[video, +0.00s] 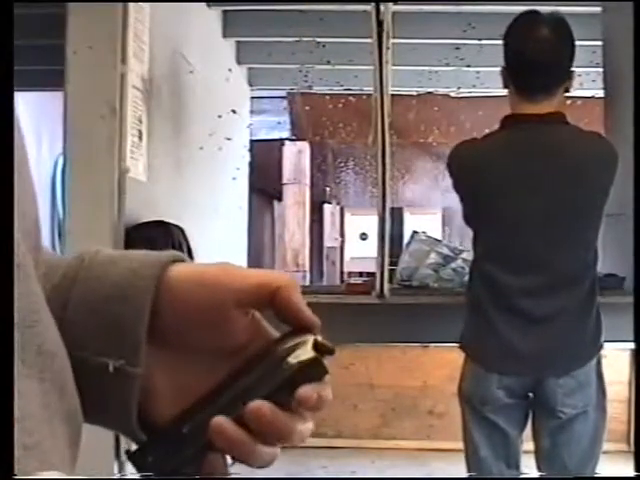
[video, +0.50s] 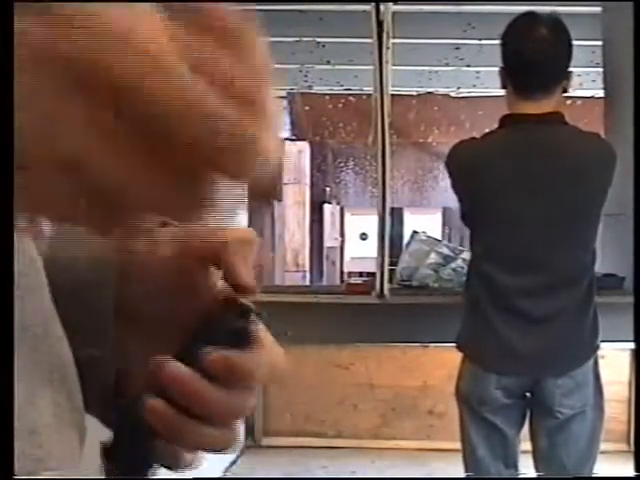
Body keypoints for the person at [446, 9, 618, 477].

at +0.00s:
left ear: (504, 78)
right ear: (570, 81)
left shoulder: (467, 159)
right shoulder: (600, 156)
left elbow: (481, 220)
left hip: (493, 356)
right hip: (571, 358)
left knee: (491, 472)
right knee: (571, 472)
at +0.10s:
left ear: (505, 77)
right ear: (570, 80)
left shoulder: (468, 158)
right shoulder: (600, 155)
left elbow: (479, 219)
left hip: (492, 355)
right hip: (570, 357)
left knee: (490, 471)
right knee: (571, 472)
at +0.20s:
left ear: (504, 77)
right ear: (570, 80)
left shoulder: (468, 158)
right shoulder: (600, 155)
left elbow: (478, 219)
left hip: (492, 356)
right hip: (569, 357)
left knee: (490, 472)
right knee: (570, 472)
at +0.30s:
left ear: (504, 77)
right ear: (569, 80)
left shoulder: (468, 159)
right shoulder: (599, 156)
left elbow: (480, 218)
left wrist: (528, 126)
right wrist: (550, 119)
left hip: (491, 356)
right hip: (569, 358)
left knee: (489, 471)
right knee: (569, 472)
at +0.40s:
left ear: (503, 77)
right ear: (568, 80)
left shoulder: (467, 159)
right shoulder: (599, 156)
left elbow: (479, 219)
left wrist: (524, 126)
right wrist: (547, 119)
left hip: (491, 356)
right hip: (569, 358)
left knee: (489, 471)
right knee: (569, 472)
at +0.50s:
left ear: (502, 77)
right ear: (567, 81)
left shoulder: (466, 159)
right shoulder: (598, 156)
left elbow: (478, 219)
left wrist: (526, 126)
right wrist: (548, 119)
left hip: (491, 356)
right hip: (568, 358)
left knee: (489, 472)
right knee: (568, 472)